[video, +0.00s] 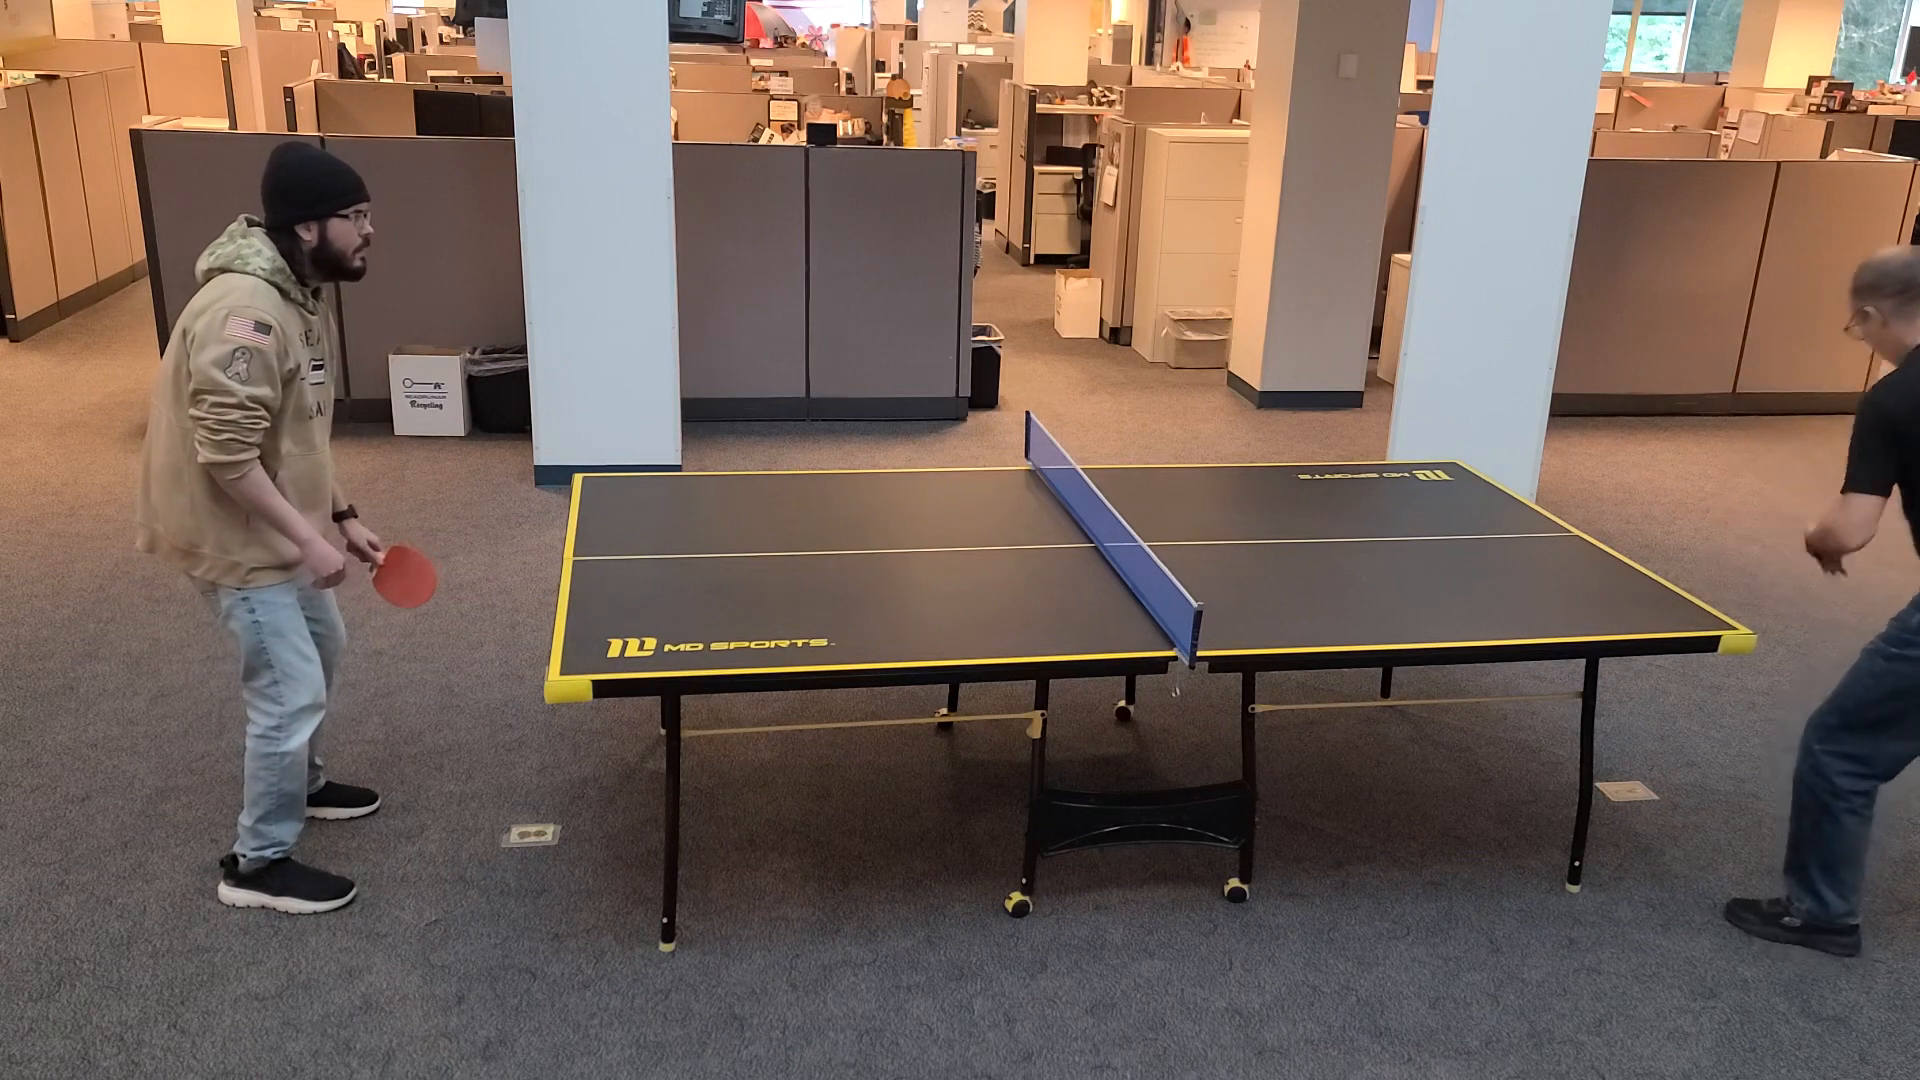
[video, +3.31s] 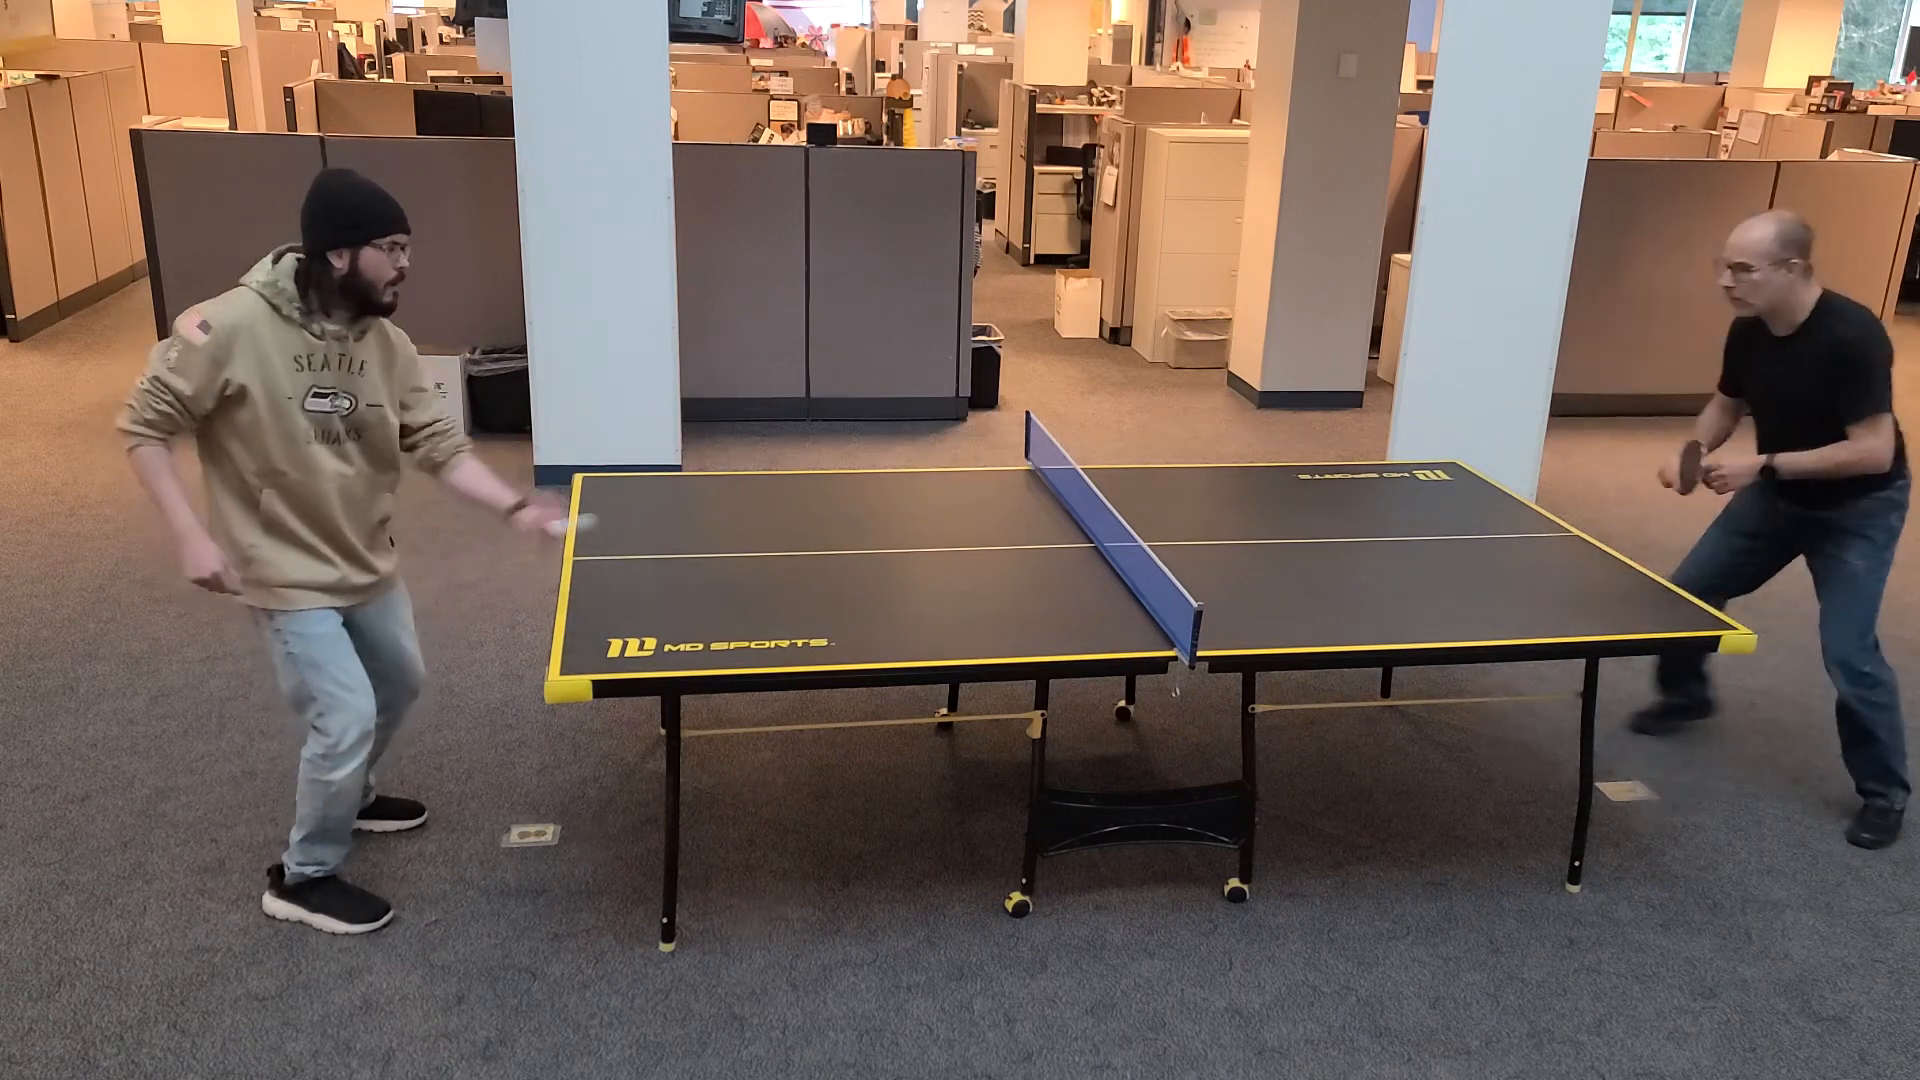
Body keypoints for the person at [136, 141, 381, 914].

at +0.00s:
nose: (368, 227)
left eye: (365, 212)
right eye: (354, 214)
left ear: (310, 226)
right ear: (305, 226)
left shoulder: (299, 291)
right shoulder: (244, 310)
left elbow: (297, 429)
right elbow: (227, 457)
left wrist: (341, 514)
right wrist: (305, 541)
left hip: (280, 520)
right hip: (229, 532)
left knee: (323, 648)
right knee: (291, 688)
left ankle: (296, 787)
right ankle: (258, 858)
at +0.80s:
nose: (385, 282)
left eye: (385, 265)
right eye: (370, 267)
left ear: (326, 274)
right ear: (316, 273)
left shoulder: (359, 344)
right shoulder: (216, 351)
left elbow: (399, 457)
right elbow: (136, 467)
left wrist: (393, 551)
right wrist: (187, 582)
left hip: (338, 564)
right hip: (262, 578)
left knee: (358, 681)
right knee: (335, 716)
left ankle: (289, 781)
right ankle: (303, 876)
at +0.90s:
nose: (384, 285)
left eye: (384, 268)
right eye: (370, 271)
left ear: (336, 276)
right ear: (315, 275)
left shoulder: (363, 343)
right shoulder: (211, 350)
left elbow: (419, 445)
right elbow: (127, 460)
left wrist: (463, 534)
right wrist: (172, 577)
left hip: (346, 568)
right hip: (265, 582)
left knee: (363, 685)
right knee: (337, 729)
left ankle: (292, 773)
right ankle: (301, 876)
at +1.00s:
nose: (385, 278)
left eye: (384, 261)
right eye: (371, 264)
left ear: (330, 272)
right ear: (316, 272)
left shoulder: (367, 341)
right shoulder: (208, 349)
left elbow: (448, 405)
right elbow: (116, 451)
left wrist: (538, 476)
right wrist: (174, 564)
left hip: (350, 565)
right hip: (269, 580)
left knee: (361, 688)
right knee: (333, 731)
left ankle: (298, 771)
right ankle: (302, 876)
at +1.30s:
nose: (396, 247)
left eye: (393, 231)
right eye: (383, 234)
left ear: (339, 246)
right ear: (333, 247)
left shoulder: (349, 297)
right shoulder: (240, 336)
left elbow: (383, 369)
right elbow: (153, 453)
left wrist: (439, 435)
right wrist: (232, 559)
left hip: (350, 549)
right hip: (290, 570)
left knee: (370, 674)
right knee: (344, 716)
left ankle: (344, 801)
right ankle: (301, 875)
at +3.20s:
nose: (408, 251)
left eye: (406, 236)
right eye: (395, 237)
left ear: (353, 246)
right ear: (344, 245)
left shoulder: (378, 332)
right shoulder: (246, 321)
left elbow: (402, 449)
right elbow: (165, 432)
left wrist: (431, 530)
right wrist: (224, 539)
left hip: (362, 556)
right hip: (290, 566)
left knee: (394, 677)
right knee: (350, 711)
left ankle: (345, 799)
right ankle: (302, 875)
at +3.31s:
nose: (404, 263)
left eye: (404, 248)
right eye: (390, 248)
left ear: (355, 255)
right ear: (337, 253)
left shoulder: (384, 345)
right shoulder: (232, 327)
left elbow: (439, 445)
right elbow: (144, 426)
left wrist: (517, 505)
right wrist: (192, 540)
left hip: (365, 561)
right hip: (281, 571)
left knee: (400, 682)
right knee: (345, 717)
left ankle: (347, 801)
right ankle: (303, 874)